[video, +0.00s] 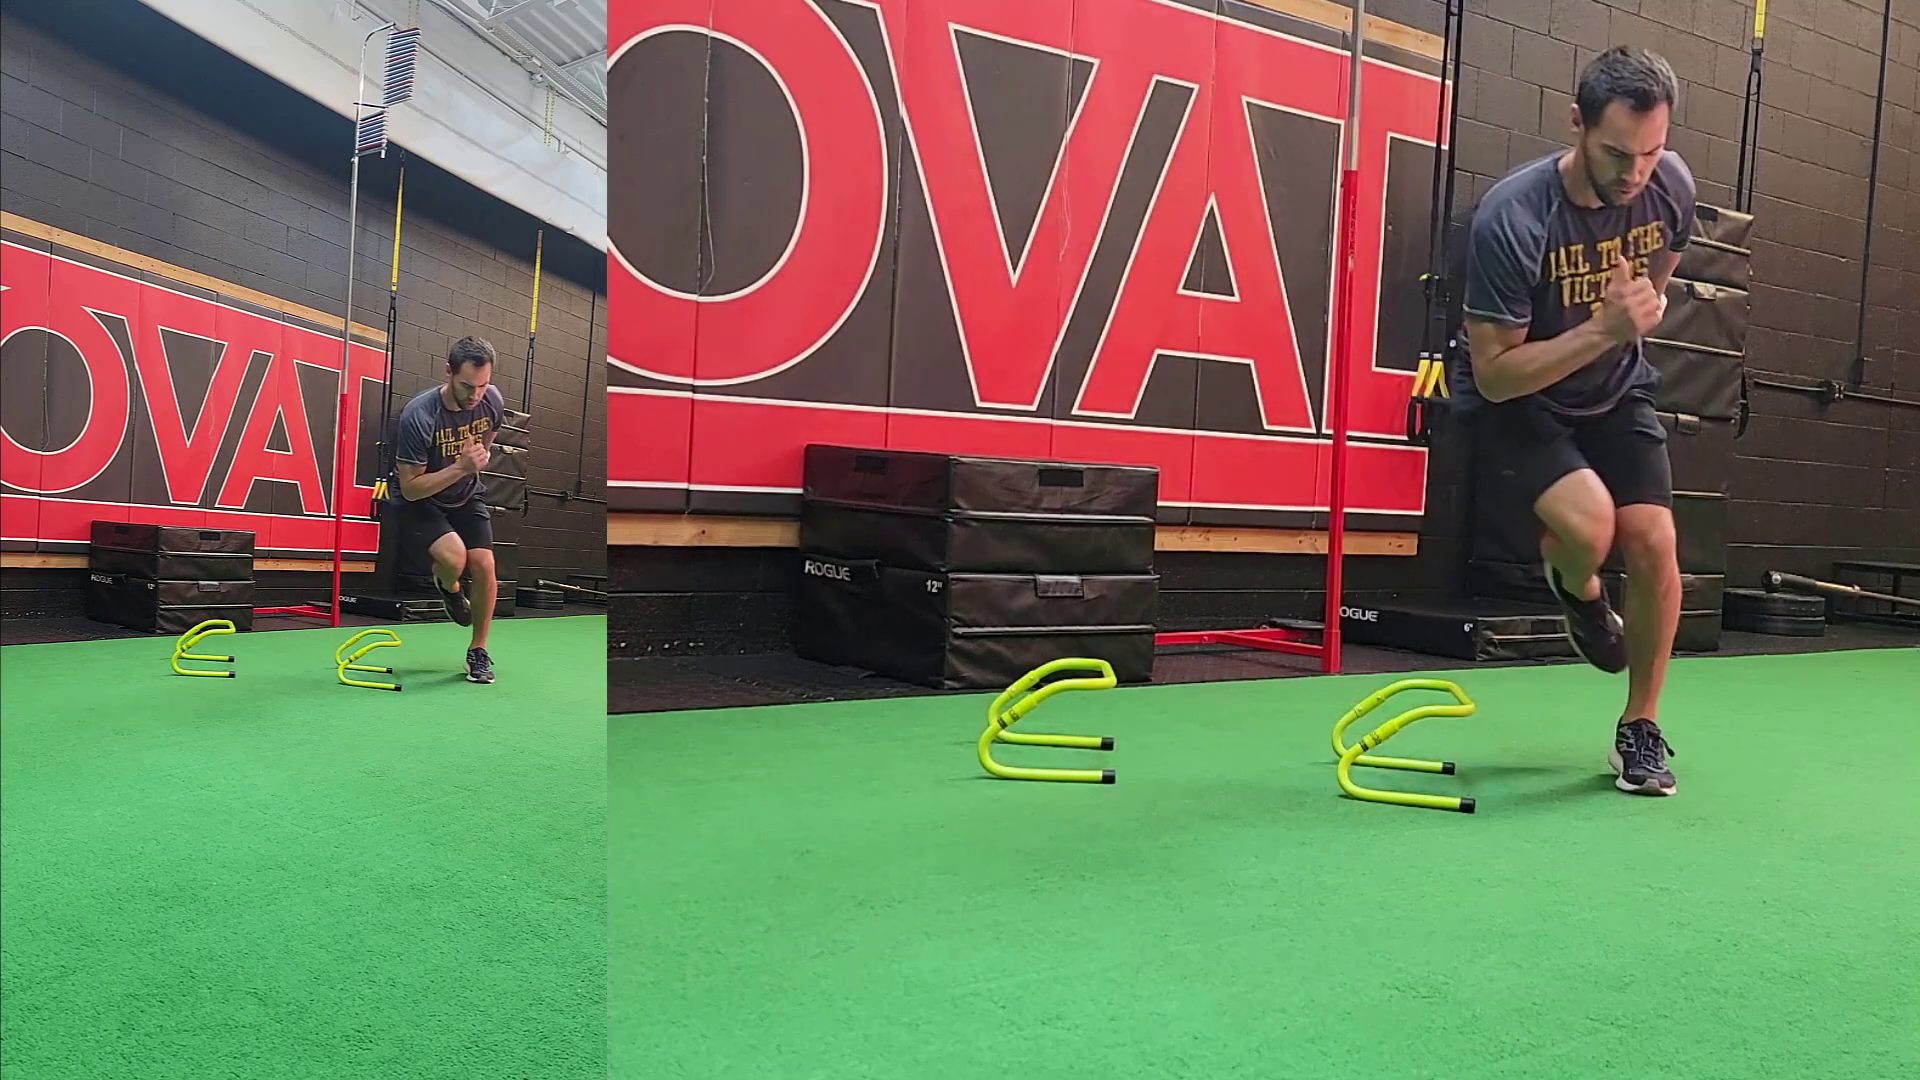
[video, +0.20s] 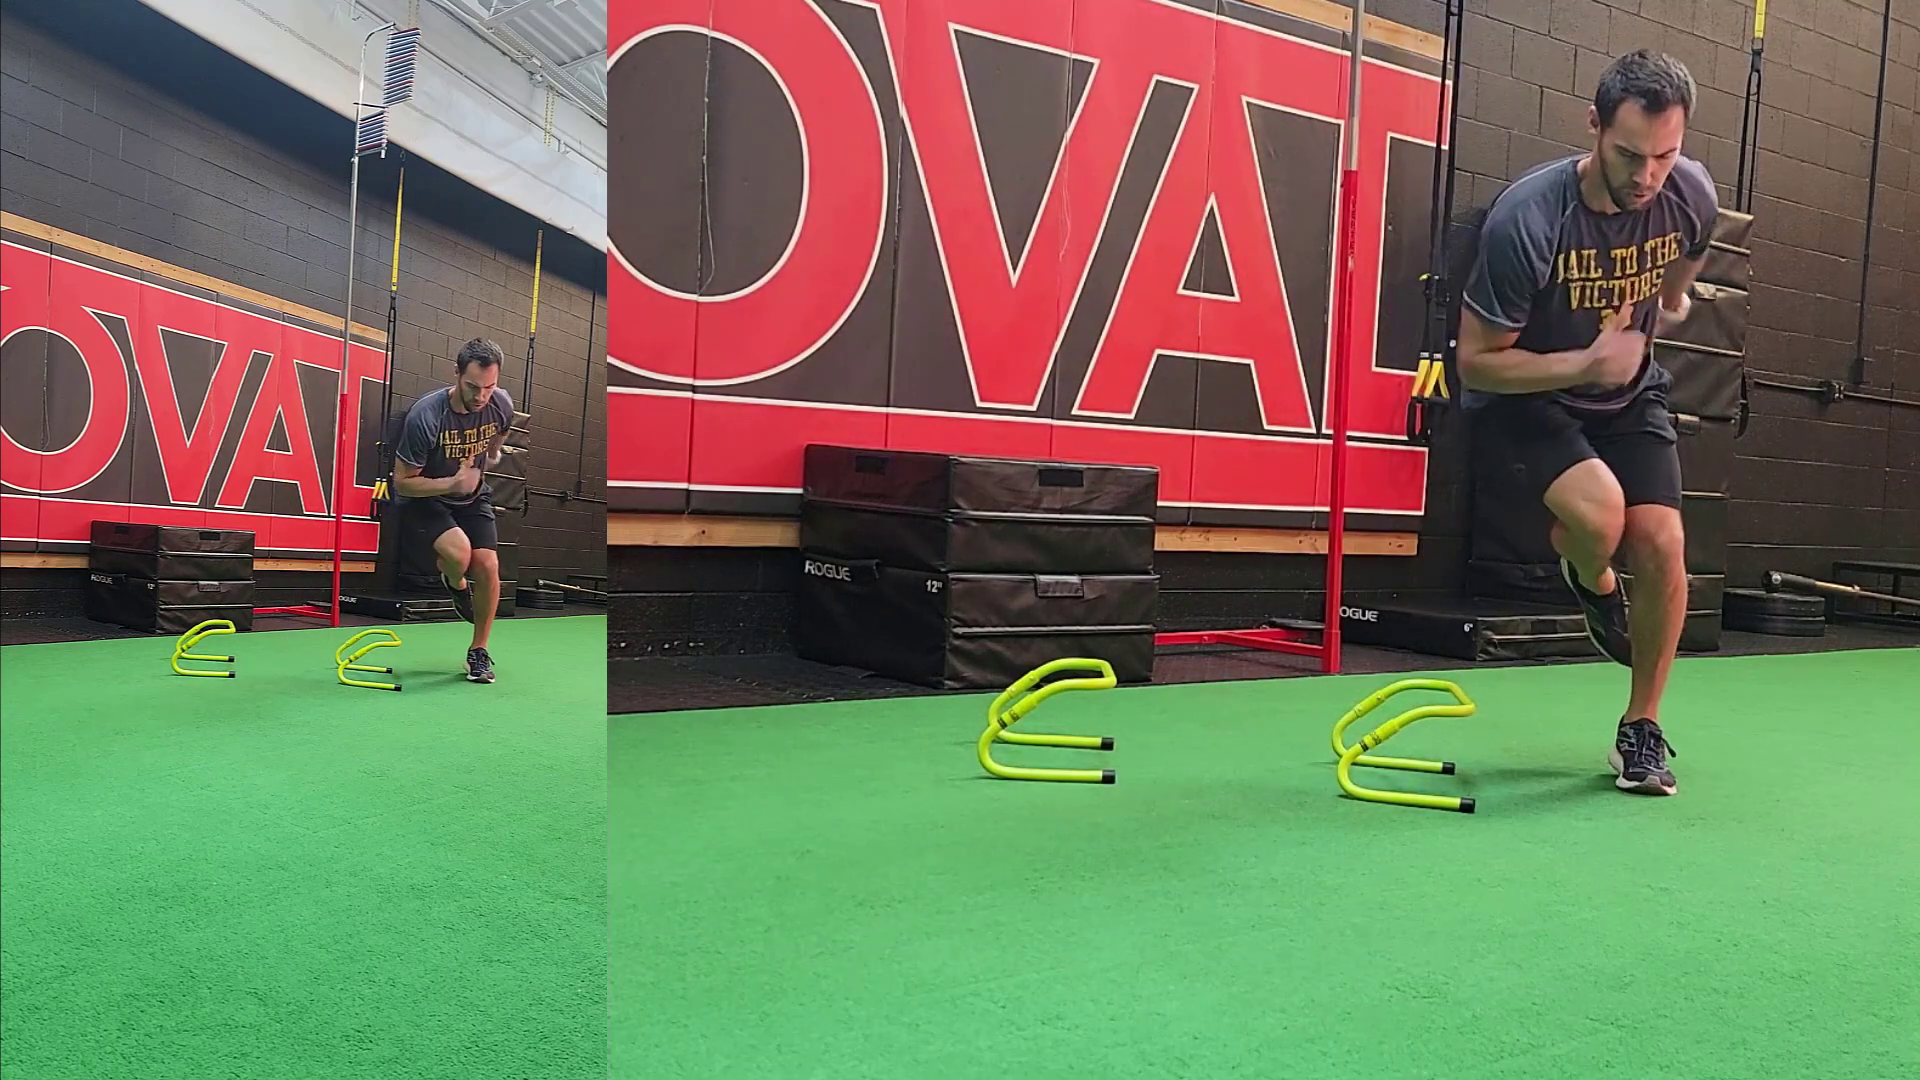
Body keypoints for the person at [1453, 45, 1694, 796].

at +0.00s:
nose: (1631, 174)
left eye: (1648, 155)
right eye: (1615, 154)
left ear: (1664, 136)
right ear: (1577, 125)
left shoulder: (1671, 190)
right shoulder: (1509, 218)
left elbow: (1655, 290)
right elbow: (1495, 376)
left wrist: (1632, 321)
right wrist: (1603, 330)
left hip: (1615, 387)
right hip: (1516, 399)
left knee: (1653, 542)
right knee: (1590, 525)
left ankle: (1640, 726)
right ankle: (1578, 593)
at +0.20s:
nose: (1645, 176)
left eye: (1663, 157)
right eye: (1628, 155)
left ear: (1680, 139)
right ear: (1592, 130)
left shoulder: (1692, 197)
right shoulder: (1524, 220)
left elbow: (1692, 251)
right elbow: (1474, 364)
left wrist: (1674, 297)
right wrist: (1586, 365)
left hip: (1627, 386)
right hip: (1524, 393)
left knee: (1660, 541)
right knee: (1602, 516)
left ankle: (1642, 725)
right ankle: (1595, 586)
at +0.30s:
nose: (1635, 162)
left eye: (1653, 145)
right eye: (1620, 140)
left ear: (1675, 134)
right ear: (1589, 120)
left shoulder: (1685, 212)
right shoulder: (1515, 203)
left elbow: (1694, 306)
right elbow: (1437, 319)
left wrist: (1698, 399)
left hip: (1617, 393)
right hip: (1515, 383)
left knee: (1654, 543)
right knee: (1568, 500)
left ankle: (1641, 727)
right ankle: (1563, 571)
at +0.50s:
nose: (1536, 94)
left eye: (1556, 77)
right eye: (1525, 71)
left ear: (1594, 67)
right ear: (1507, 53)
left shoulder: (1617, 157)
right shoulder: (1440, 144)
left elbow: (1639, 308)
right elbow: (1335, 204)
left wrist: (1603, 283)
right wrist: (1271, 275)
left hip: (1555, 367)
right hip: (1447, 337)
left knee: (1603, 537)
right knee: (1442, 452)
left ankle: (1635, 726)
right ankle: (1358, 588)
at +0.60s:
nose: (1467, 36)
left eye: (1489, 21)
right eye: (1457, 14)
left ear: (1518, 21)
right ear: (1432, 6)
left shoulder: (1546, 92)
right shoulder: (1362, 98)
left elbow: (1577, 208)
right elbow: (1300, 195)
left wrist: (1541, 243)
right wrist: (1264, 303)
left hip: (1492, 324)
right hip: (1380, 317)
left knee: (1549, 499)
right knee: (1349, 484)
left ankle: (1604, 675)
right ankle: (1277, 683)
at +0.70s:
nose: (1388, 20)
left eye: (1407, 5)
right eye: (1375, 5)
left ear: (1436, 7)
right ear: (1354, 4)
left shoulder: (1477, 81)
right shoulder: (1298, 89)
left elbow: (1514, 183)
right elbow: (1255, 214)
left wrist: (1528, 303)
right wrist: (1274, 315)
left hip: (1433, 307)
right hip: (1324, 312)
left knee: (1458, 444)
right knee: (1301, 505)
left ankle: (1456, 534)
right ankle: (1270, 706)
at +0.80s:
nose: (1326, 11)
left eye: (1341, 3)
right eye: (1313, 4)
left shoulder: (1429, 52)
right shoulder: (1245, 51)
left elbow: (1481, 138)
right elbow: (1196, 180)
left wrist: (1485, 252)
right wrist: (1246, 181)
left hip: (1368, 278)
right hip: (1265, 280)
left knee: (1338, 409)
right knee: (1253, 469)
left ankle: (1355, 599)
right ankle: (1251, 684)